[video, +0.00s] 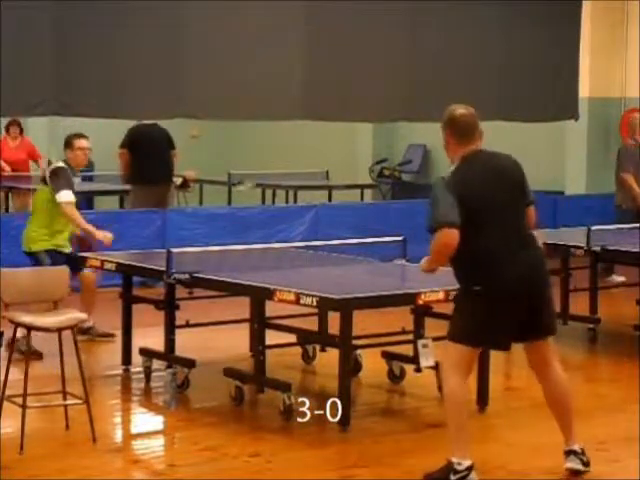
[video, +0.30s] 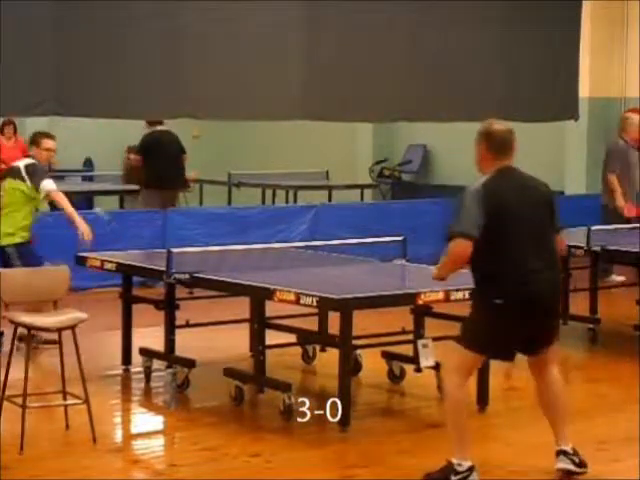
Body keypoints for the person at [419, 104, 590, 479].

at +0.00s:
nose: (444, 144)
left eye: (444, 139)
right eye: (446, 138)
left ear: (448, 139)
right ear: (481, 136)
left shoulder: (451, 181)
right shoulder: (510, 165)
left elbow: (448, 238)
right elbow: (530, 218)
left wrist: (432, 262)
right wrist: (499, 235)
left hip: (484, 285)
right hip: (529, 278)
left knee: (454, 370)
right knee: (547, 364)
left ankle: (460, 461)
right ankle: (573, 448)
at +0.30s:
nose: (475, 155)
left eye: (477, 149)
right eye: (477, 149)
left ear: (482, 151)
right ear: (513, 151)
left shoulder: (480, 191)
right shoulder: (541, 189)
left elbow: (462, 250)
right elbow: (558, 246)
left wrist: (442, 271)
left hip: (497, 302)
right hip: (544, 300)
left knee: (456, 371)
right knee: (546, 366)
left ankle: (460, 462)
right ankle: (565, 449)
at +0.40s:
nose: (497, 144)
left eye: (497, 138)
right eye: (500, 137)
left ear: (503, 138)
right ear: (533, 138)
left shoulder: (498, 179)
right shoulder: (561, 176)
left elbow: (471, 233)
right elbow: (584, 234)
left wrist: (458, 275)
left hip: (522, 289)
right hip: (569, 287)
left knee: (490, 369)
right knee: (566, 368)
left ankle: (464, 457)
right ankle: (577, 451)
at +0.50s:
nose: (512, 135)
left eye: (513, 130)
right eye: (515, 129)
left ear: (519, 130)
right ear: (549, 131)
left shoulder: (509, 171)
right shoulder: (578, 170)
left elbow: (479, 224)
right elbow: (601, 225)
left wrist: (475, 261)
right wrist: (577, 248)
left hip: (534, 278)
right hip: (581, 277)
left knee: (503, 364)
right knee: (591, 359)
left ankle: (483, 452)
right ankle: (600, 446)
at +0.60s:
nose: (538, 145)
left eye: (539, 139)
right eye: (541, 139)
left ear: (545, 141)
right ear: (574, 142)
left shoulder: (530, 181)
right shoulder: (599, 181)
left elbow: (490, 235)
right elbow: (626, 242)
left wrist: (501, 267)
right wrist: (607, 264)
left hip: (546, 290)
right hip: (596, 289)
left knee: (514, 368)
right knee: (617, 372)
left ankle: (507, 462)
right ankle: (637, 449)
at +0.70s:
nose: (553, 160)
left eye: (555, 155)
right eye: (557, 154)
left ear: (561, 158)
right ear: (589, 159)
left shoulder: (543, 193)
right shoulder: (612, 198)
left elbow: (498, 245)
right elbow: (633, 253)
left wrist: (518, 283)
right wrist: (633, 289)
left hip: (553, 302)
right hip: (605, 302)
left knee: (520, 386)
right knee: (624, 387)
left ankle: (516, 469)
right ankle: (638, 455)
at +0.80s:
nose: (579, 165)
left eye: (581, 160)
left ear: (583, 165)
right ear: (615, 168)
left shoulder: (560, 200)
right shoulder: (626, 206)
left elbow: (529, 254)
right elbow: (635, 259)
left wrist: (544, 282)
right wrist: (630, 287)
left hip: (564, 306)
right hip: (616, 306)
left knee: (528, 388)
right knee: (636, 374)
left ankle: (517, 470)